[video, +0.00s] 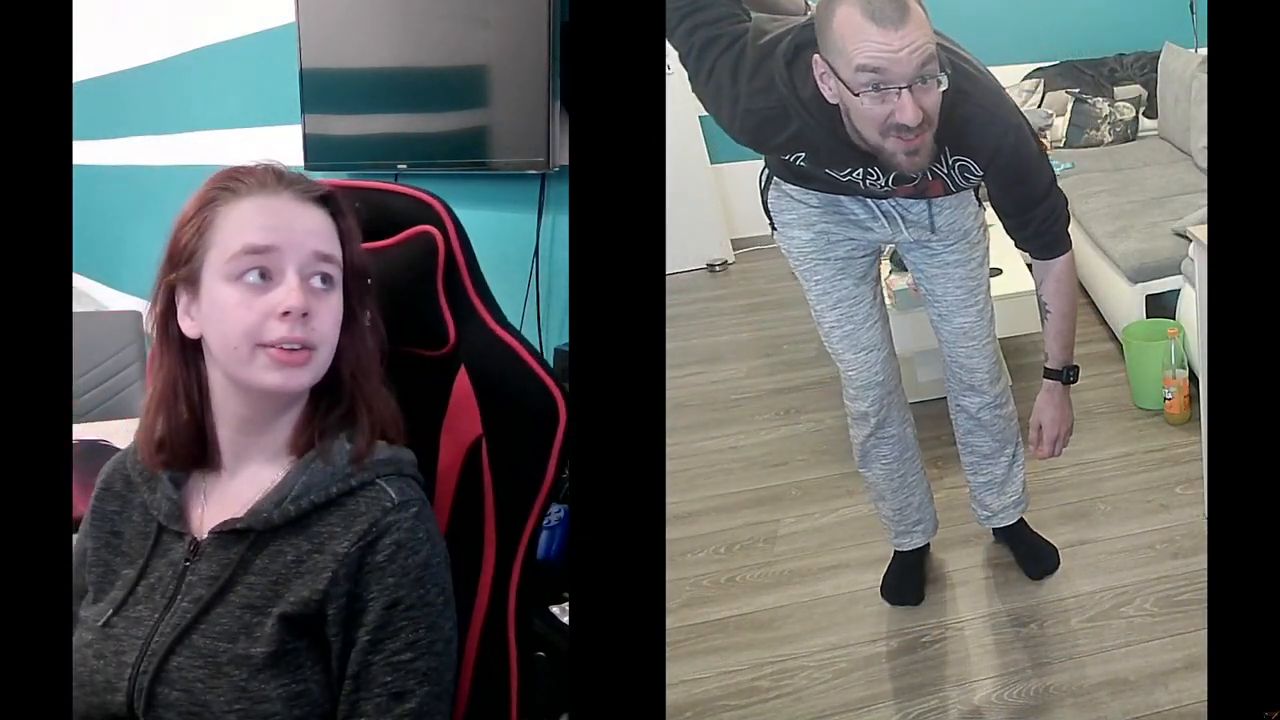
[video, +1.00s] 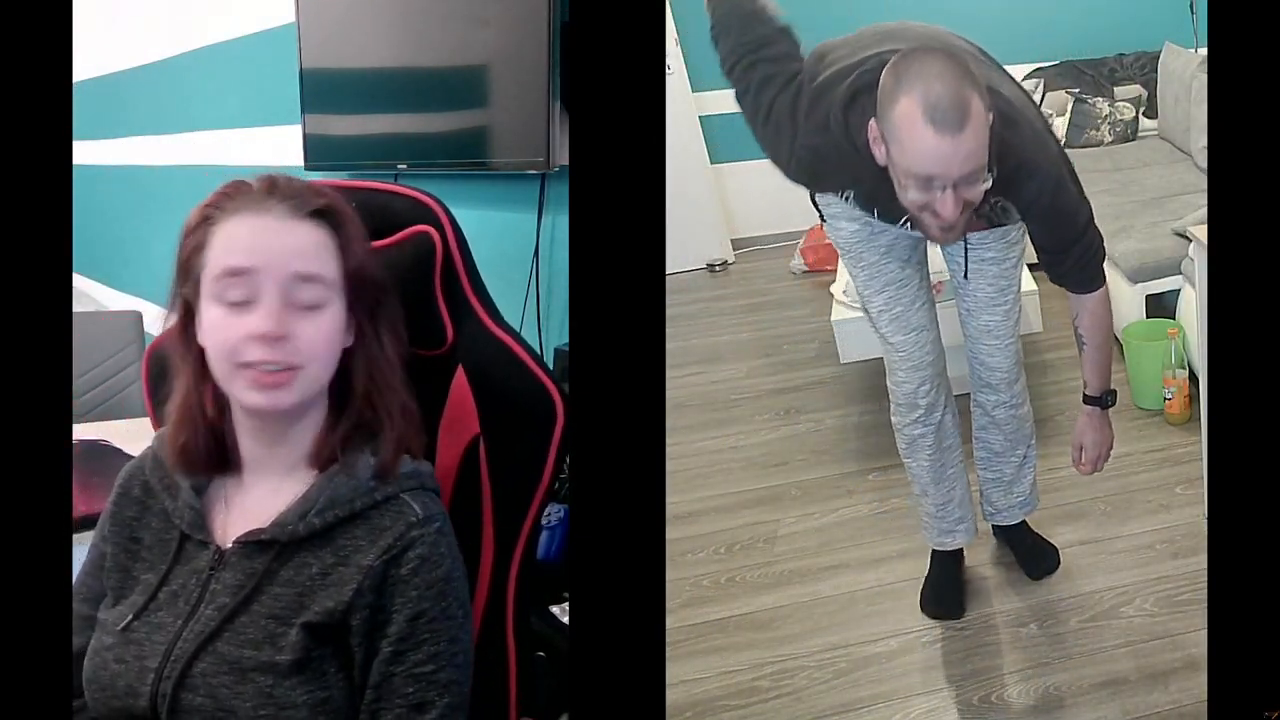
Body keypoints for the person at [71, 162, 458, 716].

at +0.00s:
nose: (297, 303)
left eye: (322, 278)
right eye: (258, 274)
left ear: (343, 311)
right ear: (188, 308)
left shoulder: (382, 522)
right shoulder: (126, 486)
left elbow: (403, 706)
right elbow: (82, 677)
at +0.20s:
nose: (300, 308)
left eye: (324, 282)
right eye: (261, 280)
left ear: (348, 314)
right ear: (192, 314)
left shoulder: (387, 526)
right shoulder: (133, 488)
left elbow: (406, 706)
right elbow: (79, 669)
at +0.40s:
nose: (303, 313)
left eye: (327, 286)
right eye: (263, 284)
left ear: (350, 316)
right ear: (193, 317)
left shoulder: (392, 530)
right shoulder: (135, 491)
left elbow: (414, 707)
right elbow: (79, 672)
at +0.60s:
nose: (306, 314)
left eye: (330, 288)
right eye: (266, 286)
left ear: (353, 318)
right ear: (197, 319)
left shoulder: (395, 532)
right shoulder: (136, 491)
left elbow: (416, 707)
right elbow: (77, 670)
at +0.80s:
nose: (306, 316)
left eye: (331, 290)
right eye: (267, 289)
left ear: (354, 321)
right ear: (198, 321)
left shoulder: (397, 538)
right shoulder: (139, 491)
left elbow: (418, 706)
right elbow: (76, 673)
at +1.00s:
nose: (270, 329)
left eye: (307, 302)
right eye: (237, 300)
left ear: (350, 325)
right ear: (196, 323)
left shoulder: (403, 538)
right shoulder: (148, 485)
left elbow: (422, 706)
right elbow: (76, 676)